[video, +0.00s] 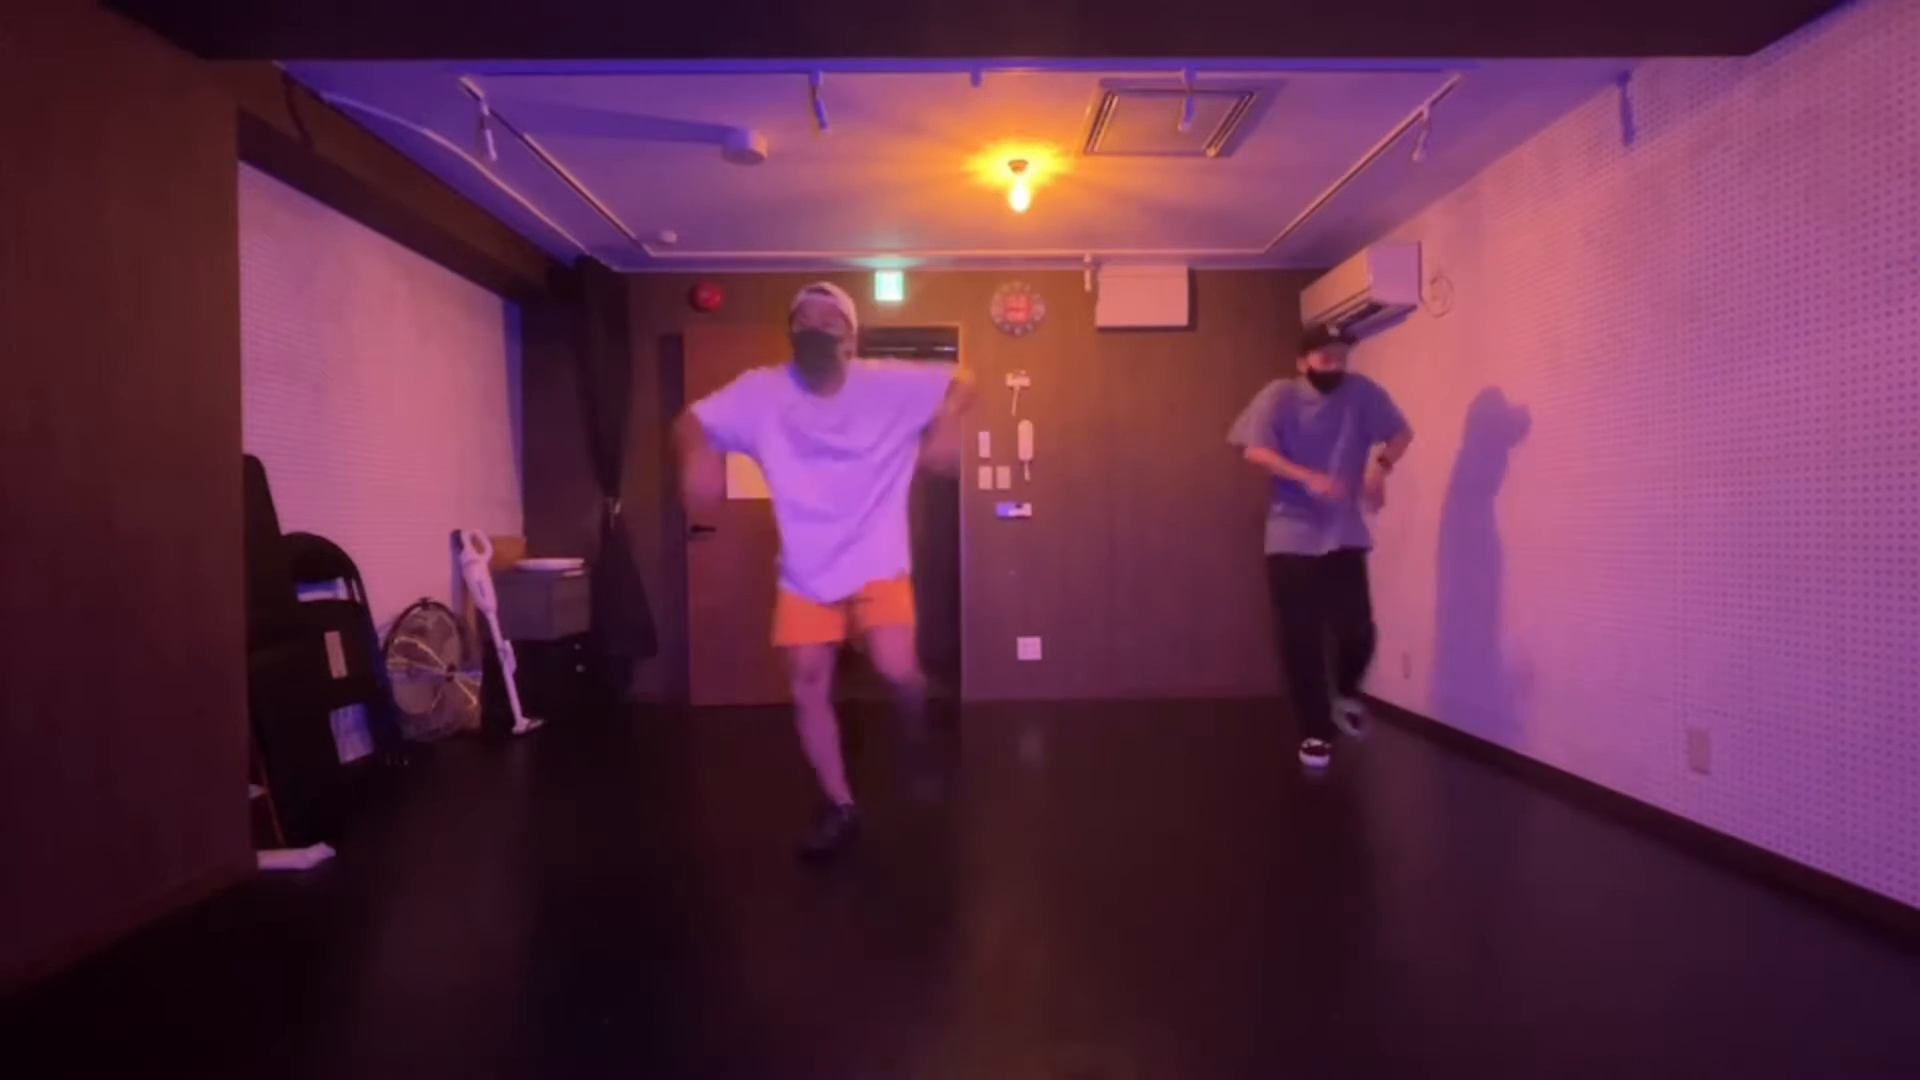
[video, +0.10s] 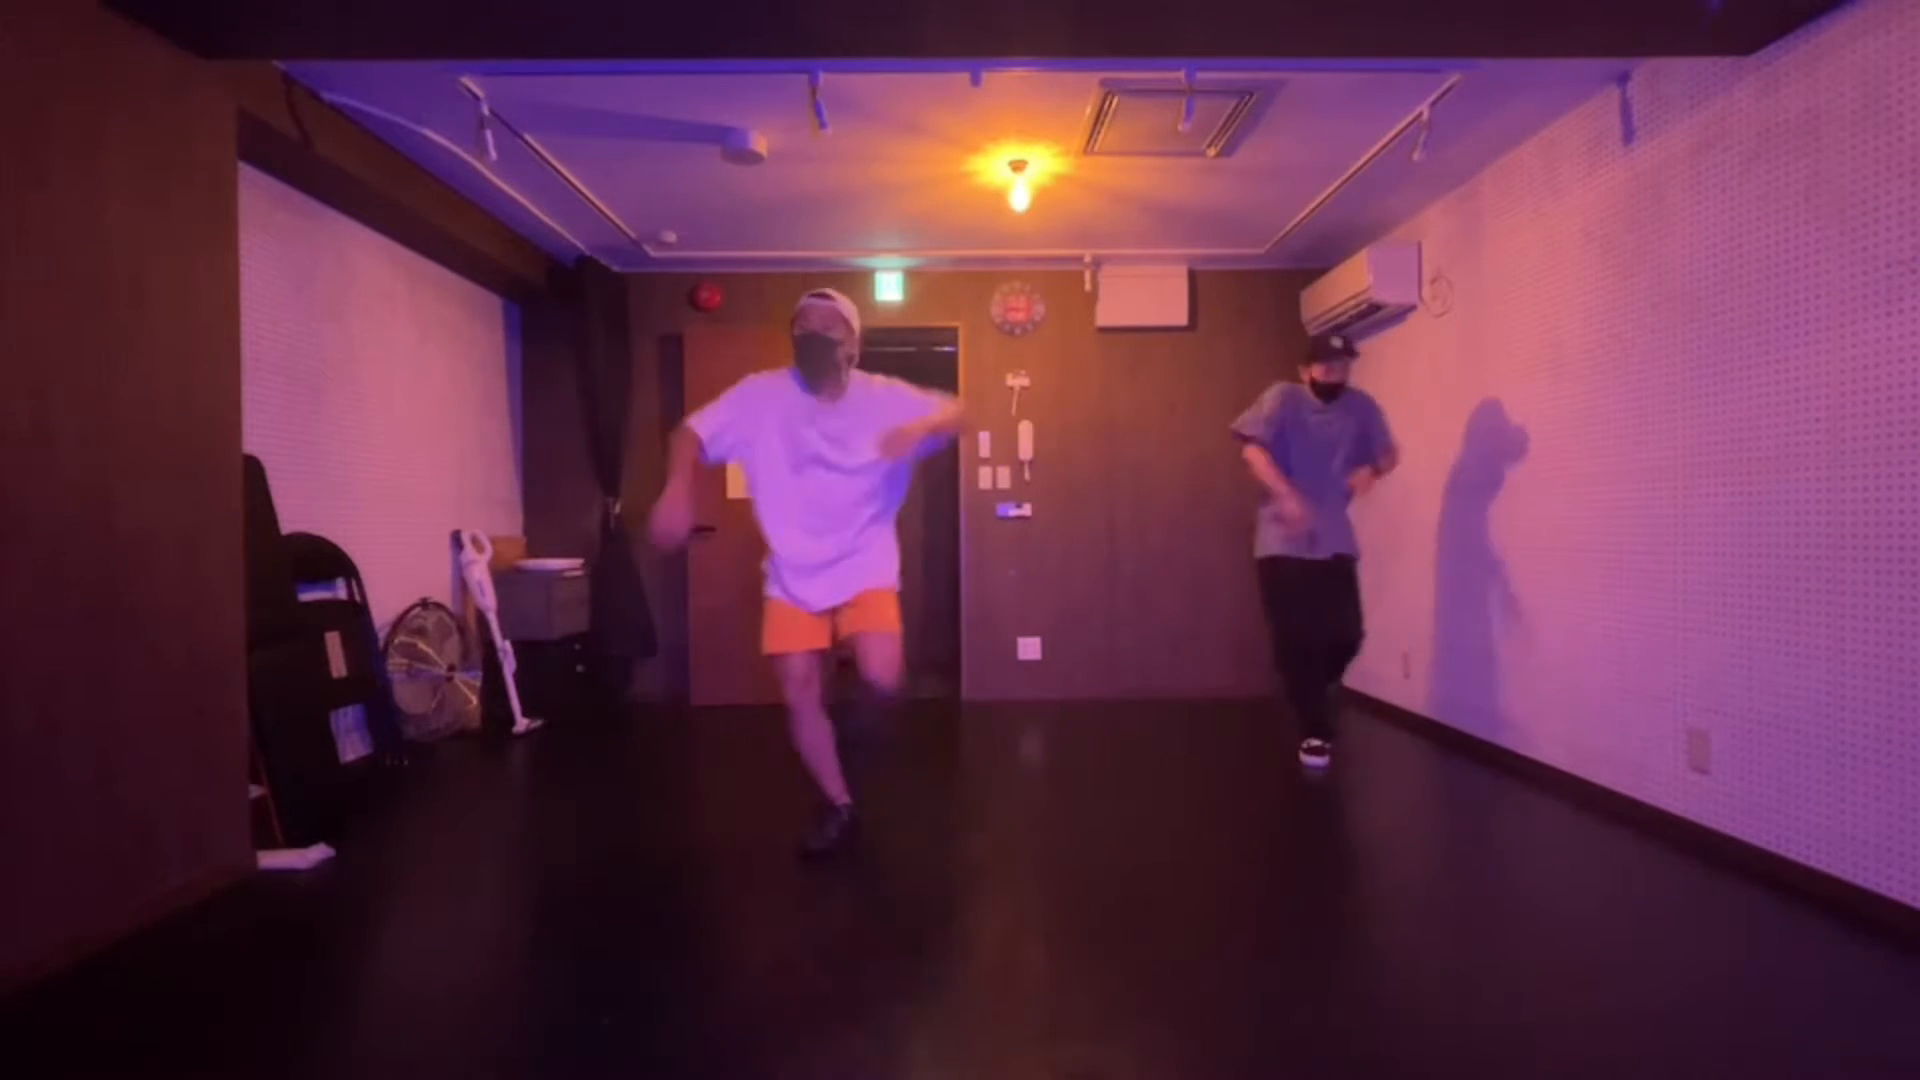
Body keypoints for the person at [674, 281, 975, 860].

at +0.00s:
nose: (817, 335)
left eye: (830, 327)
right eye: (806, 327)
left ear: (850, 339)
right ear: (790, 338)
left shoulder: (883, 381)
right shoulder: (764, 391)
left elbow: (960, 382)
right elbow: (692, 423)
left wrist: (943, 433)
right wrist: (701, 466)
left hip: (880, 556)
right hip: (807, 564)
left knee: (898, 668)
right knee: (809, 683)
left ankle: (921, 755)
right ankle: (840, 805)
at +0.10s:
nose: (814, 345)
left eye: (828, 335)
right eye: (804, 335)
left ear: (852, 347)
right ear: (791, 343)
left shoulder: (883, 396)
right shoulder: (762, 394)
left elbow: (959, 411)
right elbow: (690, 435)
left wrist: (918, 432)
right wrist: (678, 498)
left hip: (867, 563)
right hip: (792, 569)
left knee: (883, 677)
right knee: (799, 689)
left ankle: (866, 733)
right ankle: (840, 806)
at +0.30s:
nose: (817, 339)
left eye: (830, 332)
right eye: (807, 330)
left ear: (850, 348)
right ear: (792, 341)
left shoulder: (863, 412)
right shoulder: (756, 398)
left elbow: (893, 490)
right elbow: (708, 470)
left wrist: (870, 461)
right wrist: (666, 530)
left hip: (844, 577)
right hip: (773, 576)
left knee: (839, 694)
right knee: (797, 690)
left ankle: (788, 759)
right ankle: (839, 804)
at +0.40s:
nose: (810, 329)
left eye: (822, 322)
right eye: (800, 321)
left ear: (840, 338)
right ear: (783, 334)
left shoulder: (851, 403)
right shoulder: (746, 388)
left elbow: (878, 480)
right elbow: (696, 458)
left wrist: (849, 440)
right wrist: (649, 517)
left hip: (826, 562)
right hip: (761, 560)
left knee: (822, 678)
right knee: (790, 676)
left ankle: (776, 769)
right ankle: (819, 799)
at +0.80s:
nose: (746, 328)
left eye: (755, 318)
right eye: (733, 322)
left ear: (775, 330)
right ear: (719, 335)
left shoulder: (808, 389)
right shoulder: (694, 390)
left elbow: (876, 399)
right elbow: (618, 425)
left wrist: (818, 364)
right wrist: (541, 413)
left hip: (793, 559)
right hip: (725, 561)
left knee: (783, 664)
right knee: (728, 671)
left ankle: (762, 782)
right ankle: (716, 790)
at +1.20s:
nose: (665, 321)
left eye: (675, 311)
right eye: (654, 313)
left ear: (697, 316)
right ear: (640, 321)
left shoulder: (732, 357)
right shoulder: (621, 379)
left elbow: (806, 358)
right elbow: (568, 423)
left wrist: (751, 372)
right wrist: (537, 416)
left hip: (739, 544)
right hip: (666, 554)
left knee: (754, 665)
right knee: (673, 672)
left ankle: (762, 777)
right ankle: (679, 782)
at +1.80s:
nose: (601, 363)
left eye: (613, 351)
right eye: (588, 355)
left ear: (640, 356)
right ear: (574, 368)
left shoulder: (694, 404)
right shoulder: (571, 441)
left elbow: (782, 440)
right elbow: (548, 525)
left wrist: (790, 517)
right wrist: (513, 518)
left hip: (700, 593)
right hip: (629, 603)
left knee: (659, 717)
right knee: (629, 728)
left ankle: (632, 823)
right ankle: (687, 767)